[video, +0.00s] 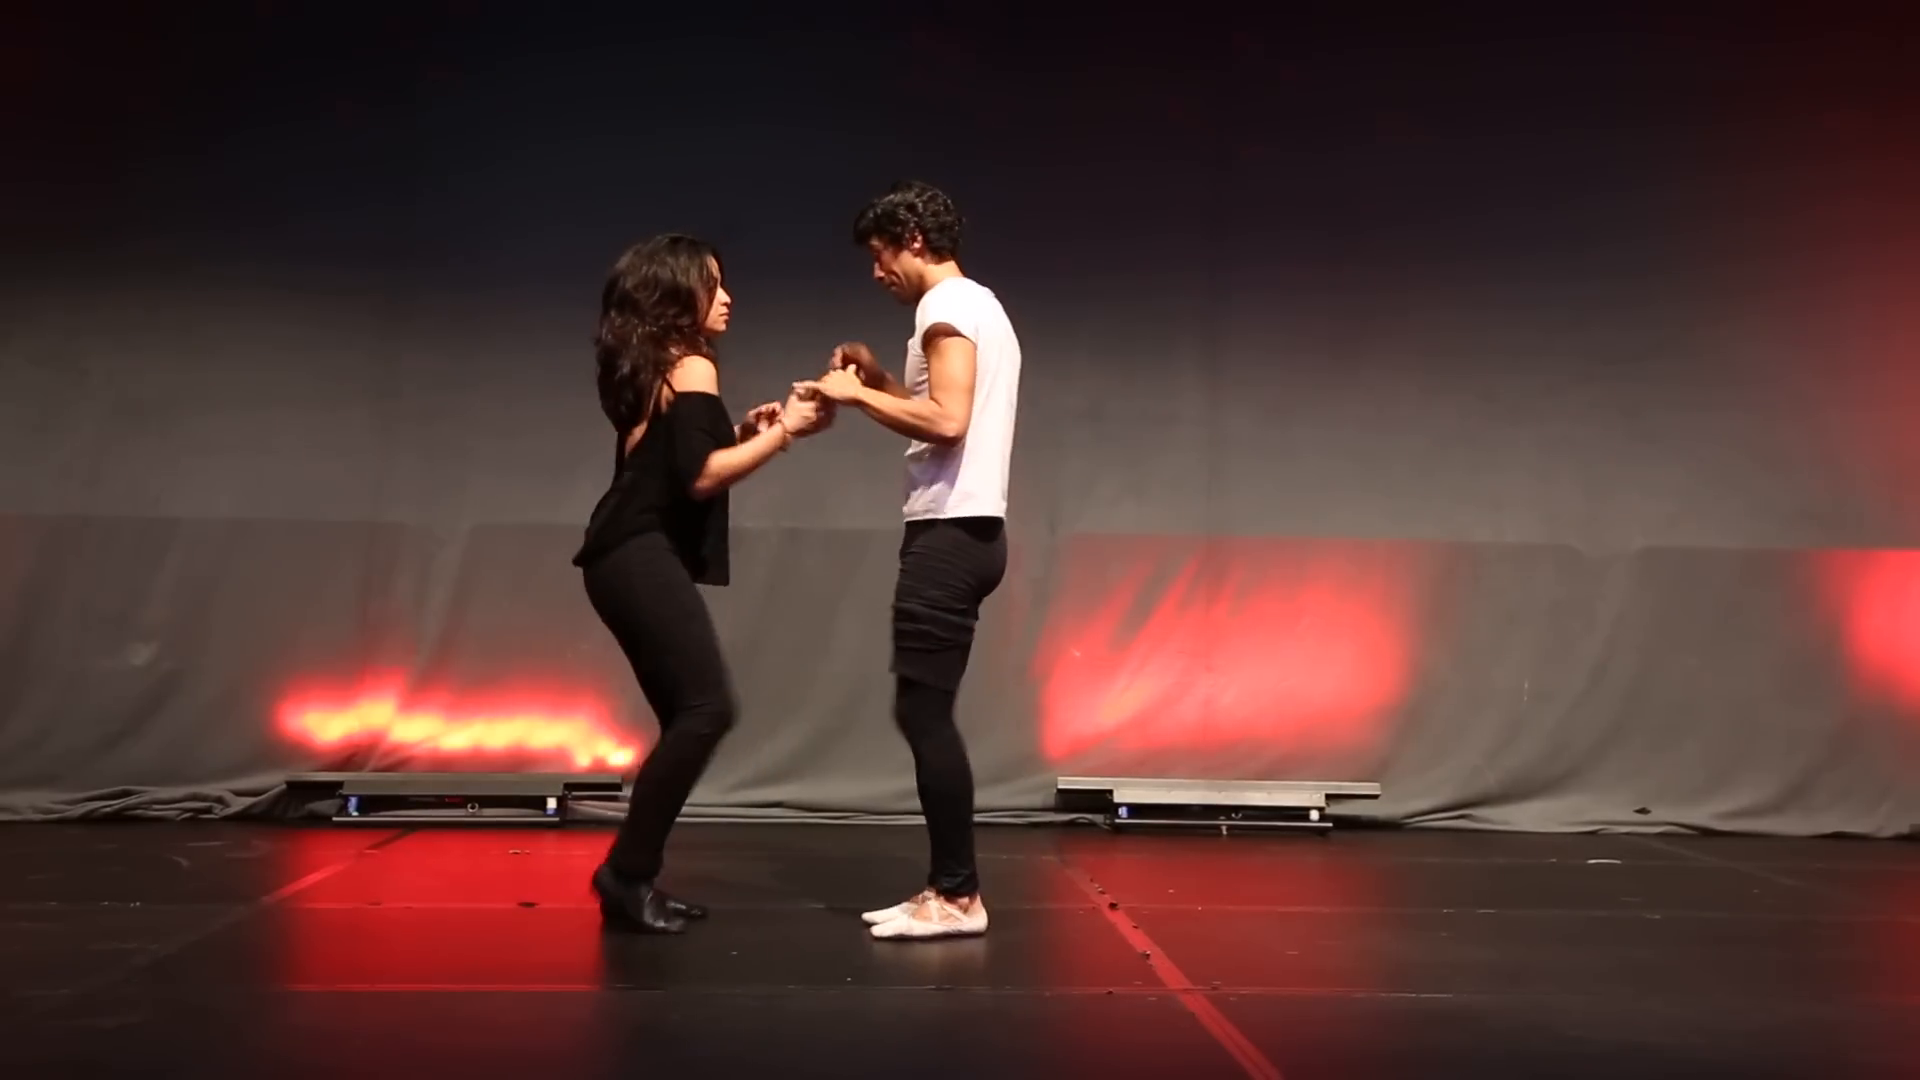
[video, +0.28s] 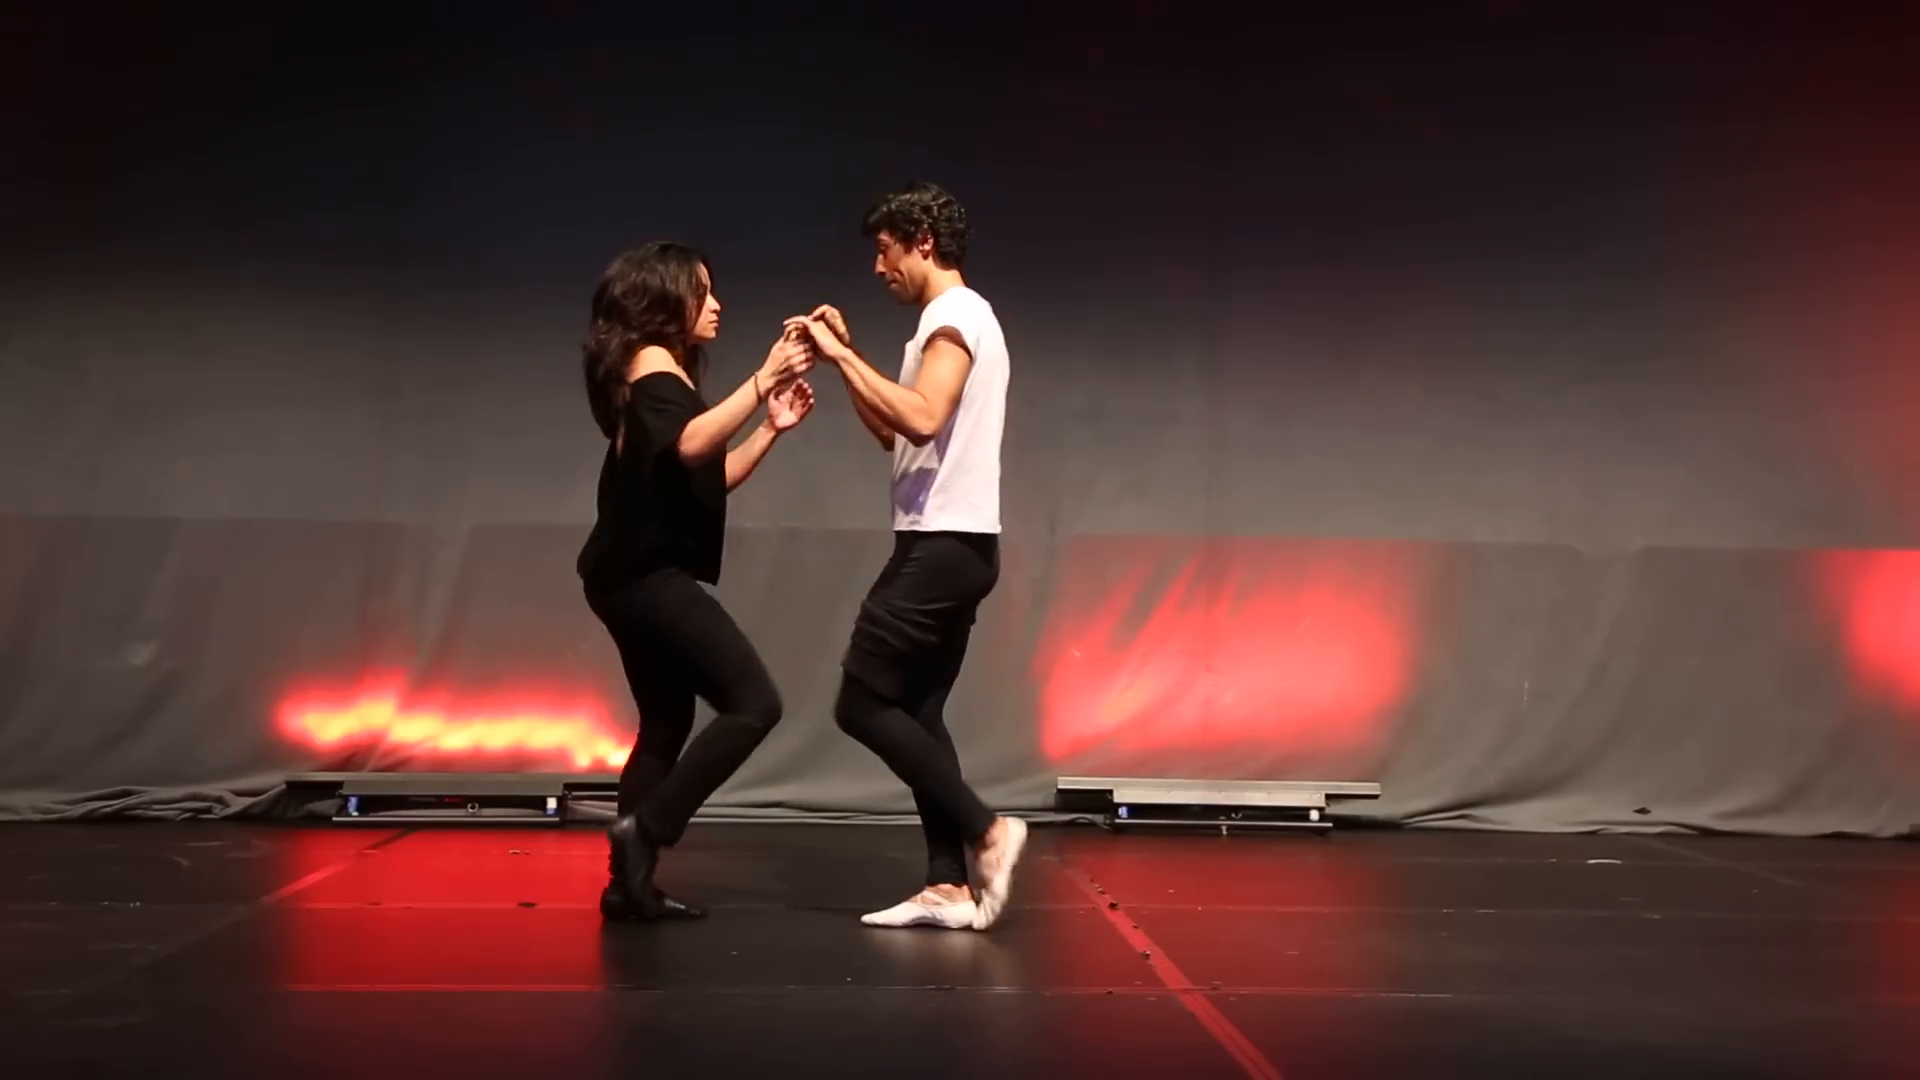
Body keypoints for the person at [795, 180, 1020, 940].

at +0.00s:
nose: (876, 273)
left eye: (880, 256)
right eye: (872, 259)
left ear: (914, 243)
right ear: (928, 247)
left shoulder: (948, 306)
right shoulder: (971, 307)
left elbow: (949, 419)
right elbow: (943, 415)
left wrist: (856, 394)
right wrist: (879, 379)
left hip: (949, 534)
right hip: (960, 532)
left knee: (924, 710)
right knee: (924, 710)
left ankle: (956, 895)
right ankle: (950, 888)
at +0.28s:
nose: (876, 268)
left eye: (884, 251)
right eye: (876, 252)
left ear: (922, 244)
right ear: (927, 248)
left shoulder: (954, 313)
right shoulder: (947, 321)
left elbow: (924, 417)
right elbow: (896, 435)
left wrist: (846, 351)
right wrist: (844, 362)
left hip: (941, 544)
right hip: (949, 543)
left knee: (862, 705)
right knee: (918, 714)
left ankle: (989, 832)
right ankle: (949, 886)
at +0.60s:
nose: (878, 263)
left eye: (884, 248)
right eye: (876, 251)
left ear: (923, 242)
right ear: (922, 247)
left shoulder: (960, 310)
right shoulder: (935, 323)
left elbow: (861, 371)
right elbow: (878, 384)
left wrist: (841, 303)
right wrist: (833, 336)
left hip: (945, 539)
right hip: (913, 538)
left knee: (923, 713)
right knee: (891, 712)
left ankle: (1033, 862)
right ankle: (946, 885)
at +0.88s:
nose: (856, 256)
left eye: (863, 241)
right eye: (854, 243)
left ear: (899, 241)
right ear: (889, 248)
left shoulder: (936, 307)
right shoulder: (899, 320)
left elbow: (838, 301)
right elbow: (851, 333)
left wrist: (824, 232)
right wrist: (818, 258)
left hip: (930, 539)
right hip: (891, 539)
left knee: (924, 716)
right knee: (855, 713)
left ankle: (1034, 864)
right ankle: (904, 885)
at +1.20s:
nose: (833, 245)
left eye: (843, 230)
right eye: (835, 232)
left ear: (878, 233)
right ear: (872, 237)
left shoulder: (910, 300)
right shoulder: (870, 321)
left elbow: (793, 284)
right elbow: (778, 325)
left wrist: (793, 200)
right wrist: (753, 229)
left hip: (920, 528)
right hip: (897, 529)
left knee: (885, 707)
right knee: (880, 710)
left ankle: (955, 883)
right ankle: (906, 879)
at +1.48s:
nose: (847, 236)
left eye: (854, 222)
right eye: (847, 223)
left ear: (890, 222)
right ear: (902, 227)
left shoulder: (910, 282)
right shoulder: (911, 303)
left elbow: (776, 280)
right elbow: (814, 355)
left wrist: (759, 205)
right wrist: (766, 274)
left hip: (917, 526)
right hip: (908, 523)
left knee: (877, 705)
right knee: (879, 704)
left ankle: (937, 886)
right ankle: (906, 878)